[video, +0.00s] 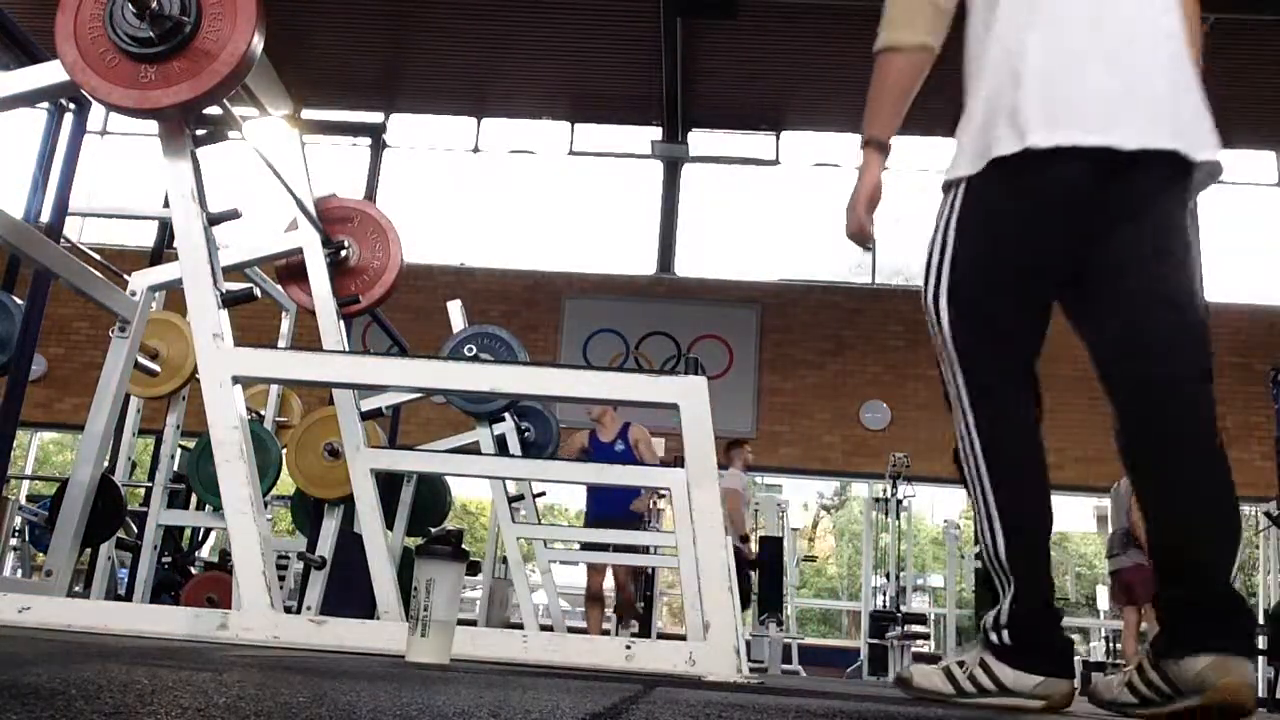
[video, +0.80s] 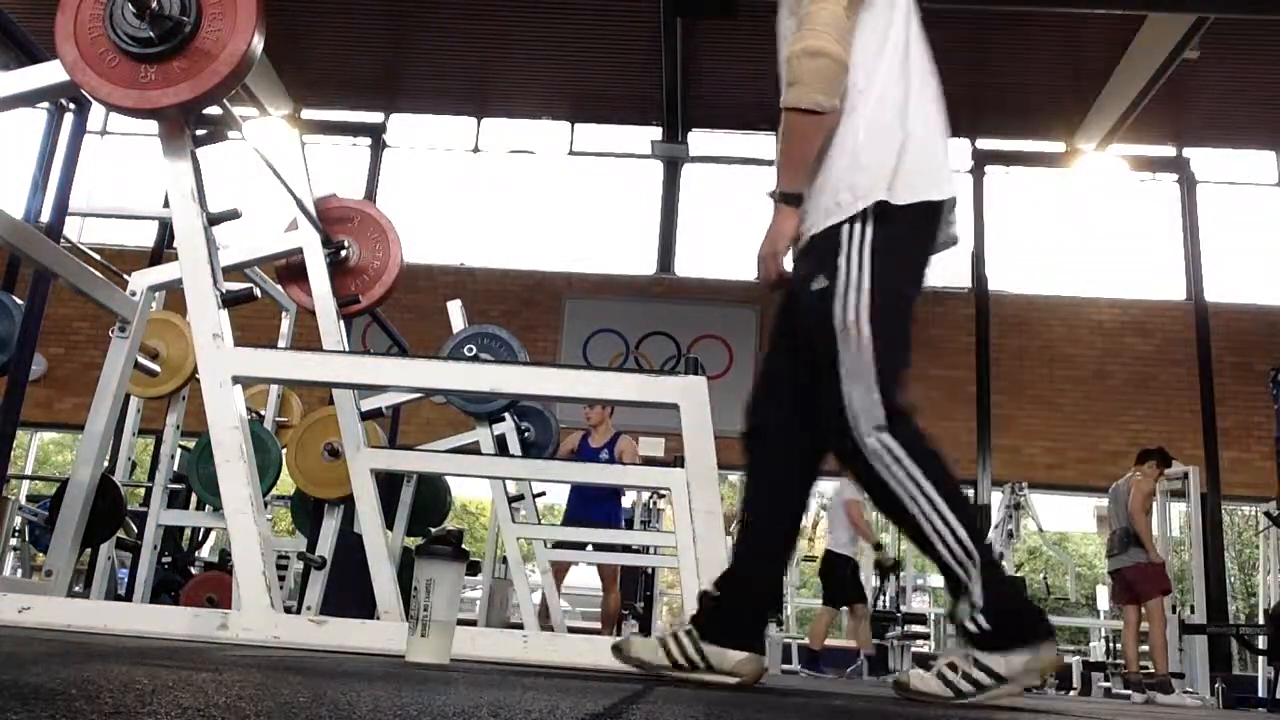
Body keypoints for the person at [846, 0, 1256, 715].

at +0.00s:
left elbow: (917, 18)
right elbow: (1186, 27)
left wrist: (874, 151)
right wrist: (1164, 140)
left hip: (1023, 123)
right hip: (1154, 126)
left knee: (989, 390)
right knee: (1171, 401)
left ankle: (1028, 651)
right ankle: (1209, 643)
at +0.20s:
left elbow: (860, 44)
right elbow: (1140, 52)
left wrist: (826, 183)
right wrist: (1136, 193)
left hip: (962, 179)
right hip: (1087, 180)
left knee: (968, 418)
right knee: (1081, 383)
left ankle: (1026, 652)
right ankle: (1145, 554)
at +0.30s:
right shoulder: (1083, 3)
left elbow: (844, 51)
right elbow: (1114, 67)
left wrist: (810, 184)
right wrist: (1118, 204)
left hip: (941, 170)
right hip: (1053, 178)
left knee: (960, 418)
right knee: (1039, 388)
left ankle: (1020, 651)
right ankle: (1103, 582)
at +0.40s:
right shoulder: (1056, 5)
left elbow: (835, 49)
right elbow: (1079, 79)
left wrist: (802, 185)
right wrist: (1081, 215)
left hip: (931, 170)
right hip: (1031, 179)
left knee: (951, 415)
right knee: (988, 412)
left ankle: (1028, 654)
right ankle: (1016, 647)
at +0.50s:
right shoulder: (1019, 9)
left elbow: (831, 53)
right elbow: (1038, 90)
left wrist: (799, 191)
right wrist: (1025, 223)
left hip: (919, 183)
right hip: (995, 194)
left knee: (938, 415)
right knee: (929, 417)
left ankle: (1024, 652)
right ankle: (915, 636)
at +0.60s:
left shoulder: (865, 2)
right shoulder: (967, 21)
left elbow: (831, 57)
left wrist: (800, 197)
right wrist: (970, 249)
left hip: (908, 173)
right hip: (970, 178)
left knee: (928, 413)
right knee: (872, 420)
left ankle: (1028, 653)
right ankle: (813, 632)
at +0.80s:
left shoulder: (828, 4)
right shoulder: (836, 13)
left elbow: (819, 67)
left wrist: (787, 203)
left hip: (875, 189)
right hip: (848, 199)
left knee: (866, 424)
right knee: (781, 425)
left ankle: (1011, 634)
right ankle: (728, 636)